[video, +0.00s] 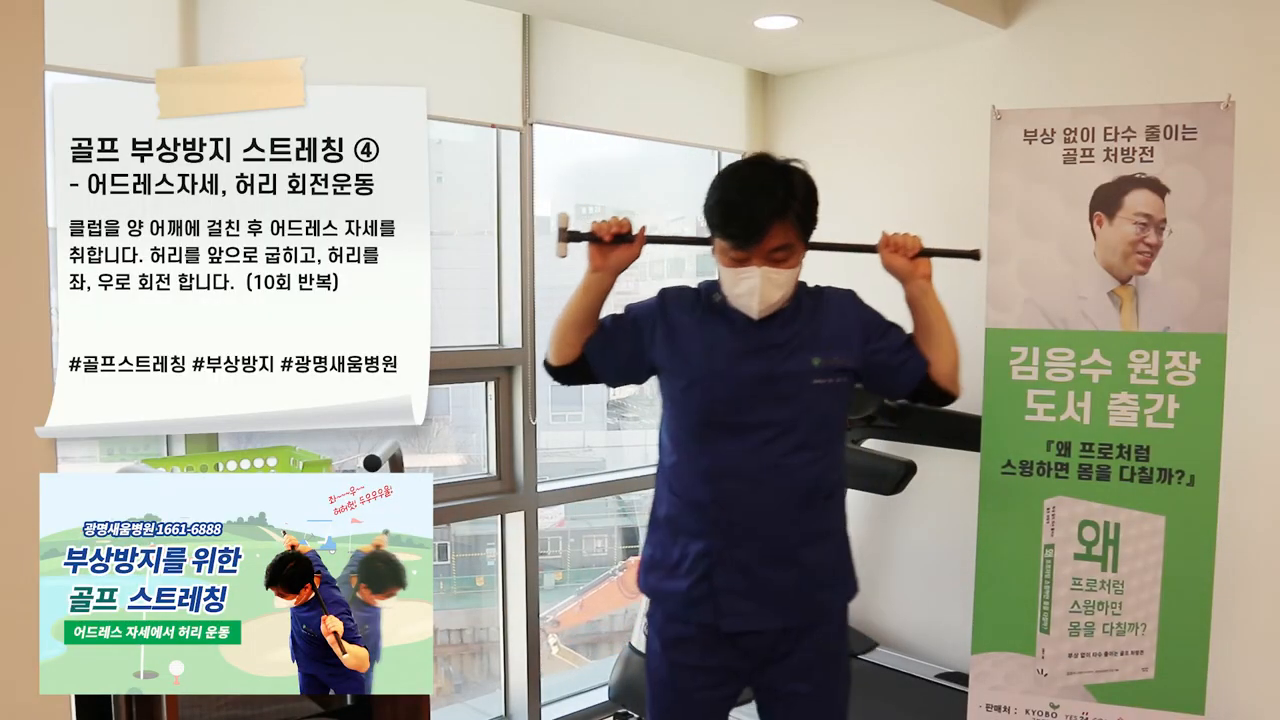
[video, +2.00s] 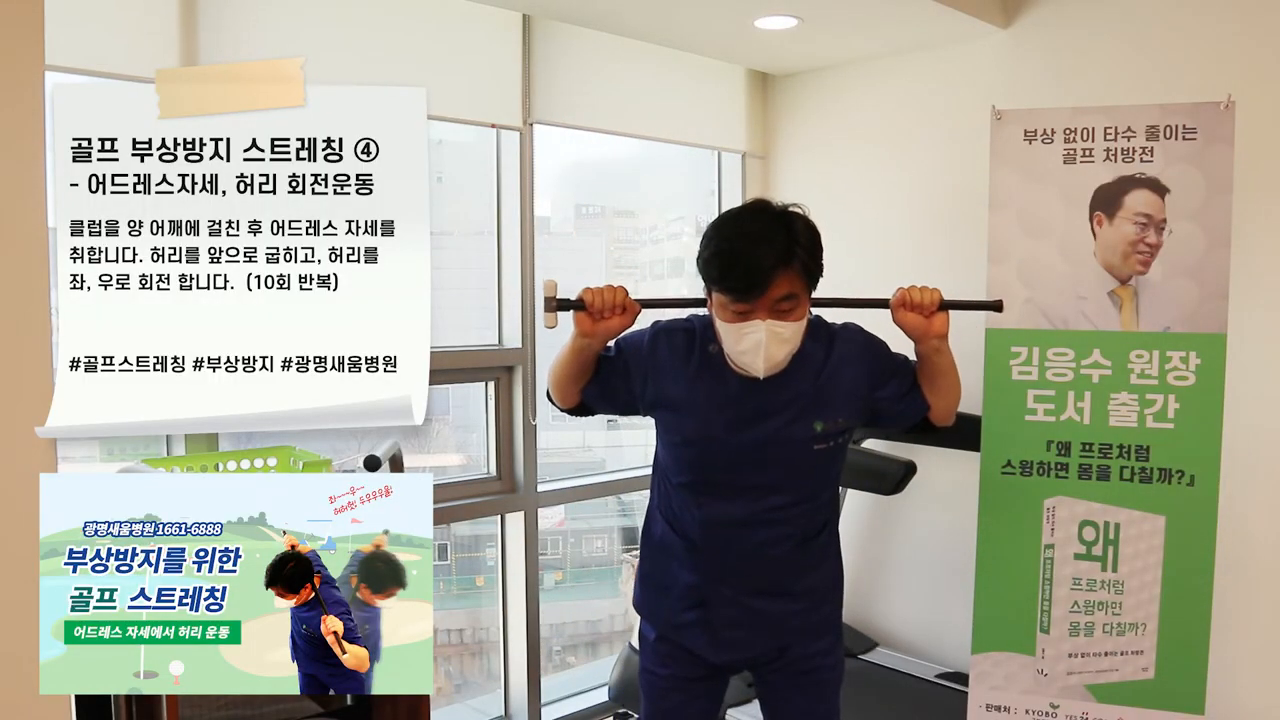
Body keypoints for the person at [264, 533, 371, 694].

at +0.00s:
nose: (278, 599)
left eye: (283, 596)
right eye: (276, 594)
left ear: (306, 590)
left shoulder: (334, 607)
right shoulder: (312, 570)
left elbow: (363, 665)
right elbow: (308, 552)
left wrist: (335, 642)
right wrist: (297, 547)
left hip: (344, 673)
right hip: (310, 667)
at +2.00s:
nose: (278, 599)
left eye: (283, 596)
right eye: (276, 594)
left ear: (306, 590)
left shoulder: (334, 607)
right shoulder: (312, 570)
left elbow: (363, 665)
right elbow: (308, 552)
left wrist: (335, 642)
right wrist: (297, 547)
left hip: (344, 673)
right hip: (310, 667)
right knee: (312, 714)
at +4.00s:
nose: (278, 599)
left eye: (283, 596)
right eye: (276, 593)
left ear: (306, 590)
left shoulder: (334, 608)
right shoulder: (312, 570)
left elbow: (363, 665)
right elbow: (308, 552)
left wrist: (336, 643)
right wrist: (297, 547)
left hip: (344, 672)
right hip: (310, 667)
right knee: (312, 715)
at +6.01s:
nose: (278, 599)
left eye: (283, 595)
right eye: (276, 593)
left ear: (306, 590)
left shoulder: (334, 608)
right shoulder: (311, 570)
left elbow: (363, 665)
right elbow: (308, 552)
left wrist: (335, 642)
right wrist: (296, 547)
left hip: (344, 672)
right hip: (310, 667)